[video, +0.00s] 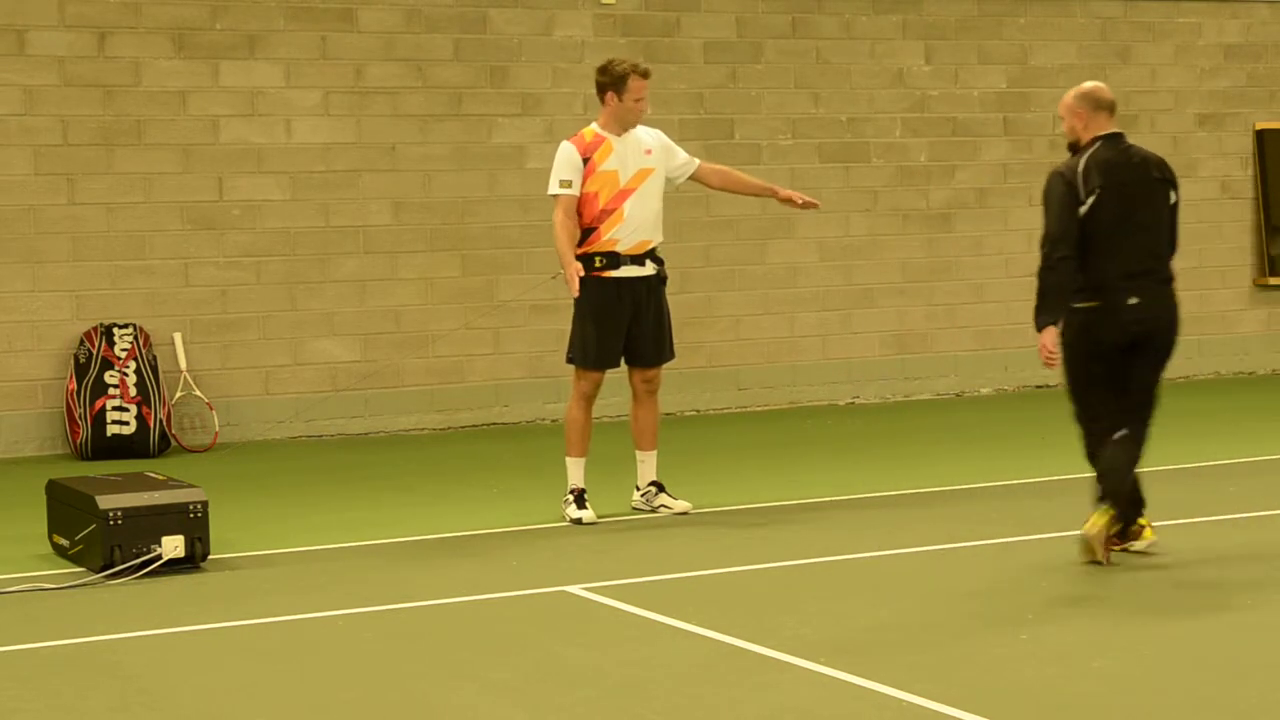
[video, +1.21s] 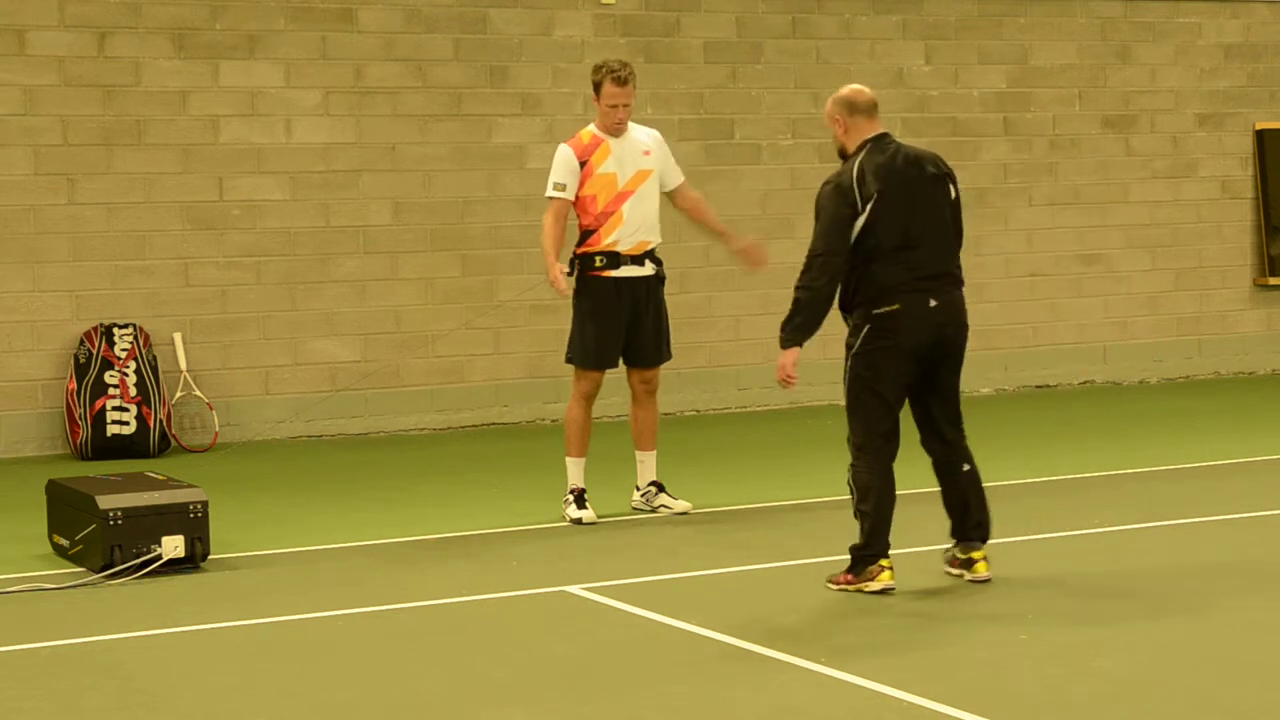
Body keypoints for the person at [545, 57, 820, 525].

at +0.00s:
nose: (644, 108)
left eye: (646, 100)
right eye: (637, 100)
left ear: (642, 99)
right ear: (609, 99)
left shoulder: (654, 142)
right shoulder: (576, 149)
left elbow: (711, 173)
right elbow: (564, 215)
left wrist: (776, 191)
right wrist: (569, 266)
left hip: (647, 281)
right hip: (598, 282)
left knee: (647, 383)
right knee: (586, 387)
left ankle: (647, 488)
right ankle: (576, 493)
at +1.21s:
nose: (620, 113)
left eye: (626, 105)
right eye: (611, 105)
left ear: (634, 101)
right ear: (594, 101)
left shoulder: (651, 143)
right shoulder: (574, 151)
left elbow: (686, 197)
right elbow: (556, 214)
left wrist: (733, 239)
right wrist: (553, 263)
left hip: (645, 280)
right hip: (597, 282)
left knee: (645, 384)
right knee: (586, 387)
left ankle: (647, 487)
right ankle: (575, 493)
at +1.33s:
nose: (617, 113)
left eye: (623, 105)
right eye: (609, 105)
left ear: (631, 101)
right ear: (591, 101)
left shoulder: (649, 142)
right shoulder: (572, 151)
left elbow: (663, 207)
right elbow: (553, 213)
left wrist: (680, 262)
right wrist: (543, 263)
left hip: (646, 279)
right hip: (598, 282)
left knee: (646, 383)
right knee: (586, 387)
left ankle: (647, 487)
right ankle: (576, 492)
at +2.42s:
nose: (617, 110)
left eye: (625, 102)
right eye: (614, 101)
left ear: (645, 102)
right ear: (611, 101)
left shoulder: (683, 143)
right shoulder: (603, 146)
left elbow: (703, 218)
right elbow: (571, 205)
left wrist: (719, 274)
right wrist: (523, 245)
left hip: (668, 278)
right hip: (617, 277)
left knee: (662, 384)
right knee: (598, 383)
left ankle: (656, 487)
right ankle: (577, 489)